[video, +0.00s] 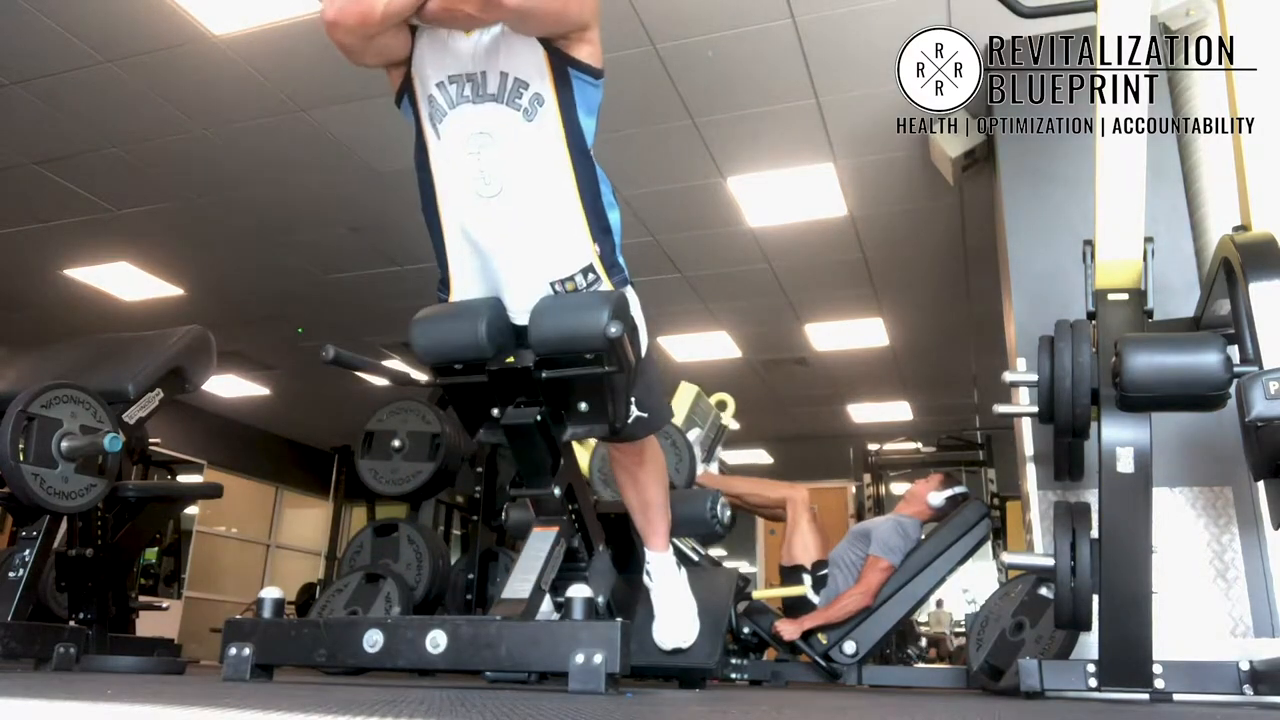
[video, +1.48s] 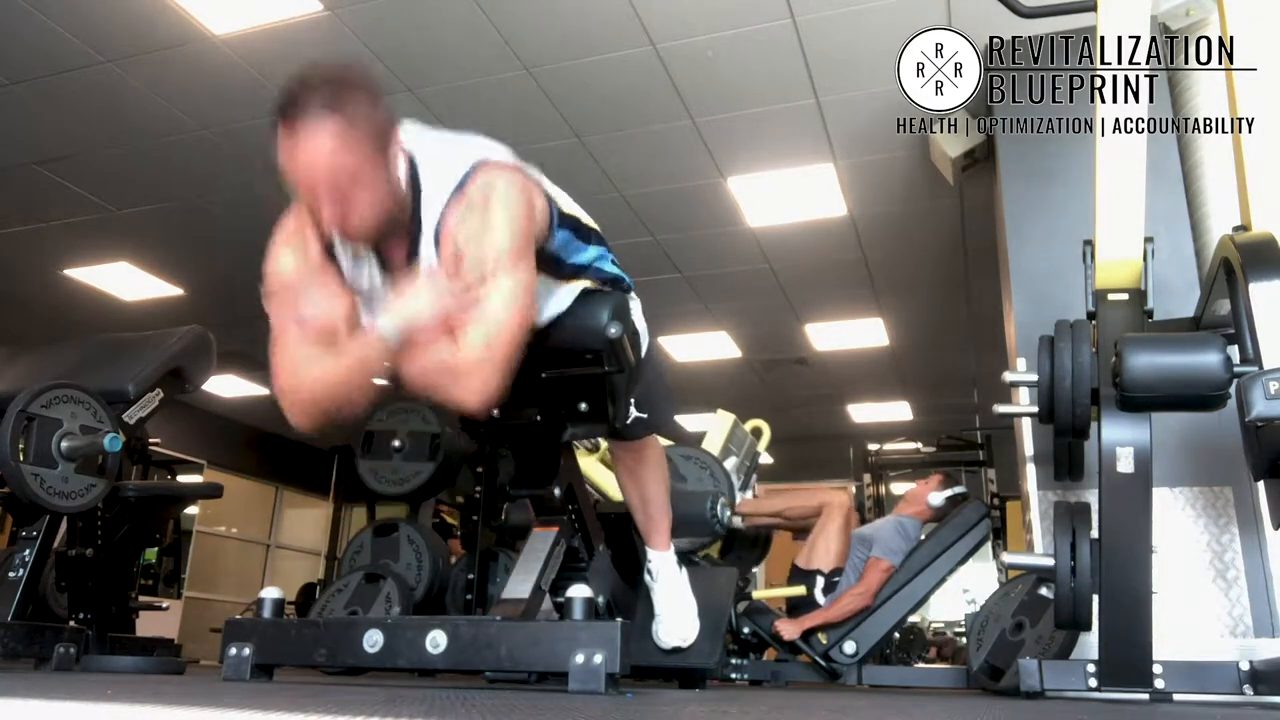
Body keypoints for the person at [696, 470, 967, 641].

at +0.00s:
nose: (920, 479)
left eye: (928, 480)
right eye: (927, 476)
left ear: (931, 498)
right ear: (933, 505)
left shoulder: (895, 528)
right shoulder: (902, 526)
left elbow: (865, 595)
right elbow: (865, 593)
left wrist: (801, 624)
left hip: (813, 603)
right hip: (819, 598)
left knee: (798, 497)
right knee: (797, 502)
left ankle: (704, 476)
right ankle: (720, 488)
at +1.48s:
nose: (918, 482)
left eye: (927, 481)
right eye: (926, 478)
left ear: (932, 499)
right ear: (934, 501)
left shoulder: (898, 529)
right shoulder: (904, 527)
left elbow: (865, 594)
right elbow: (864, 591)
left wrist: (801, 624)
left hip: (816, 604)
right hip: (823, 600)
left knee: (839, 500)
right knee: (841, 506)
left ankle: (734, 506)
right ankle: (747, 516)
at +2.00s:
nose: (918, 478)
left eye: (929, 480)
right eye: (926, 475)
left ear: (935, 504)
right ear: (932, 505)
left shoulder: (899, 531)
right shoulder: (903, 525)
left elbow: (865, 596)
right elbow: (865, 592)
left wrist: (800, 623)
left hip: (819, 608)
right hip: (826, 599)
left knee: (836, 499)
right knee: (840, 499)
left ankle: (732, 505)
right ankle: (746, 513)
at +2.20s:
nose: (916, 479)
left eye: (927, 481)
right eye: (923, 475)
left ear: (936, 507)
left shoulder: (899, 531)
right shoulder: (904, 526)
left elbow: (865, 596)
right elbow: (865, 592)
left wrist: (801, 623)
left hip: (815, 606)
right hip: (822, 599)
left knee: (825, 498)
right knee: (825, 502)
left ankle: (725, 497)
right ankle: (734, 504)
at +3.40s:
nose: (869, 492)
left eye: (870, 484)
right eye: (868, 484)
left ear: (884, 481)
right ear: (897, 481)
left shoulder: (894, 525)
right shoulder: (897, 524)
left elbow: (871, 582)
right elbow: (871, 582)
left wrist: (804, 580)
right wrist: (809, 578)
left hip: (818, 612)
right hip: (822, 604)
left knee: (753, 508)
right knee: (755, 510)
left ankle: (673, 459)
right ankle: (687, 466)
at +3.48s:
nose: (869, 492)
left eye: (870, 484)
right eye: (868, 485)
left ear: (884, 481)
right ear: (898, 482)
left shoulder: (895, 523)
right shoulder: (897, 523)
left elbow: (877, 582)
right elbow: (876, 583)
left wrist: (807, 586)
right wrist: (810, 584)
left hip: (817, 617)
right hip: (821, 613)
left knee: (754, 509)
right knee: (757, 512)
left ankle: (675, 462)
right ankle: (687, 467)